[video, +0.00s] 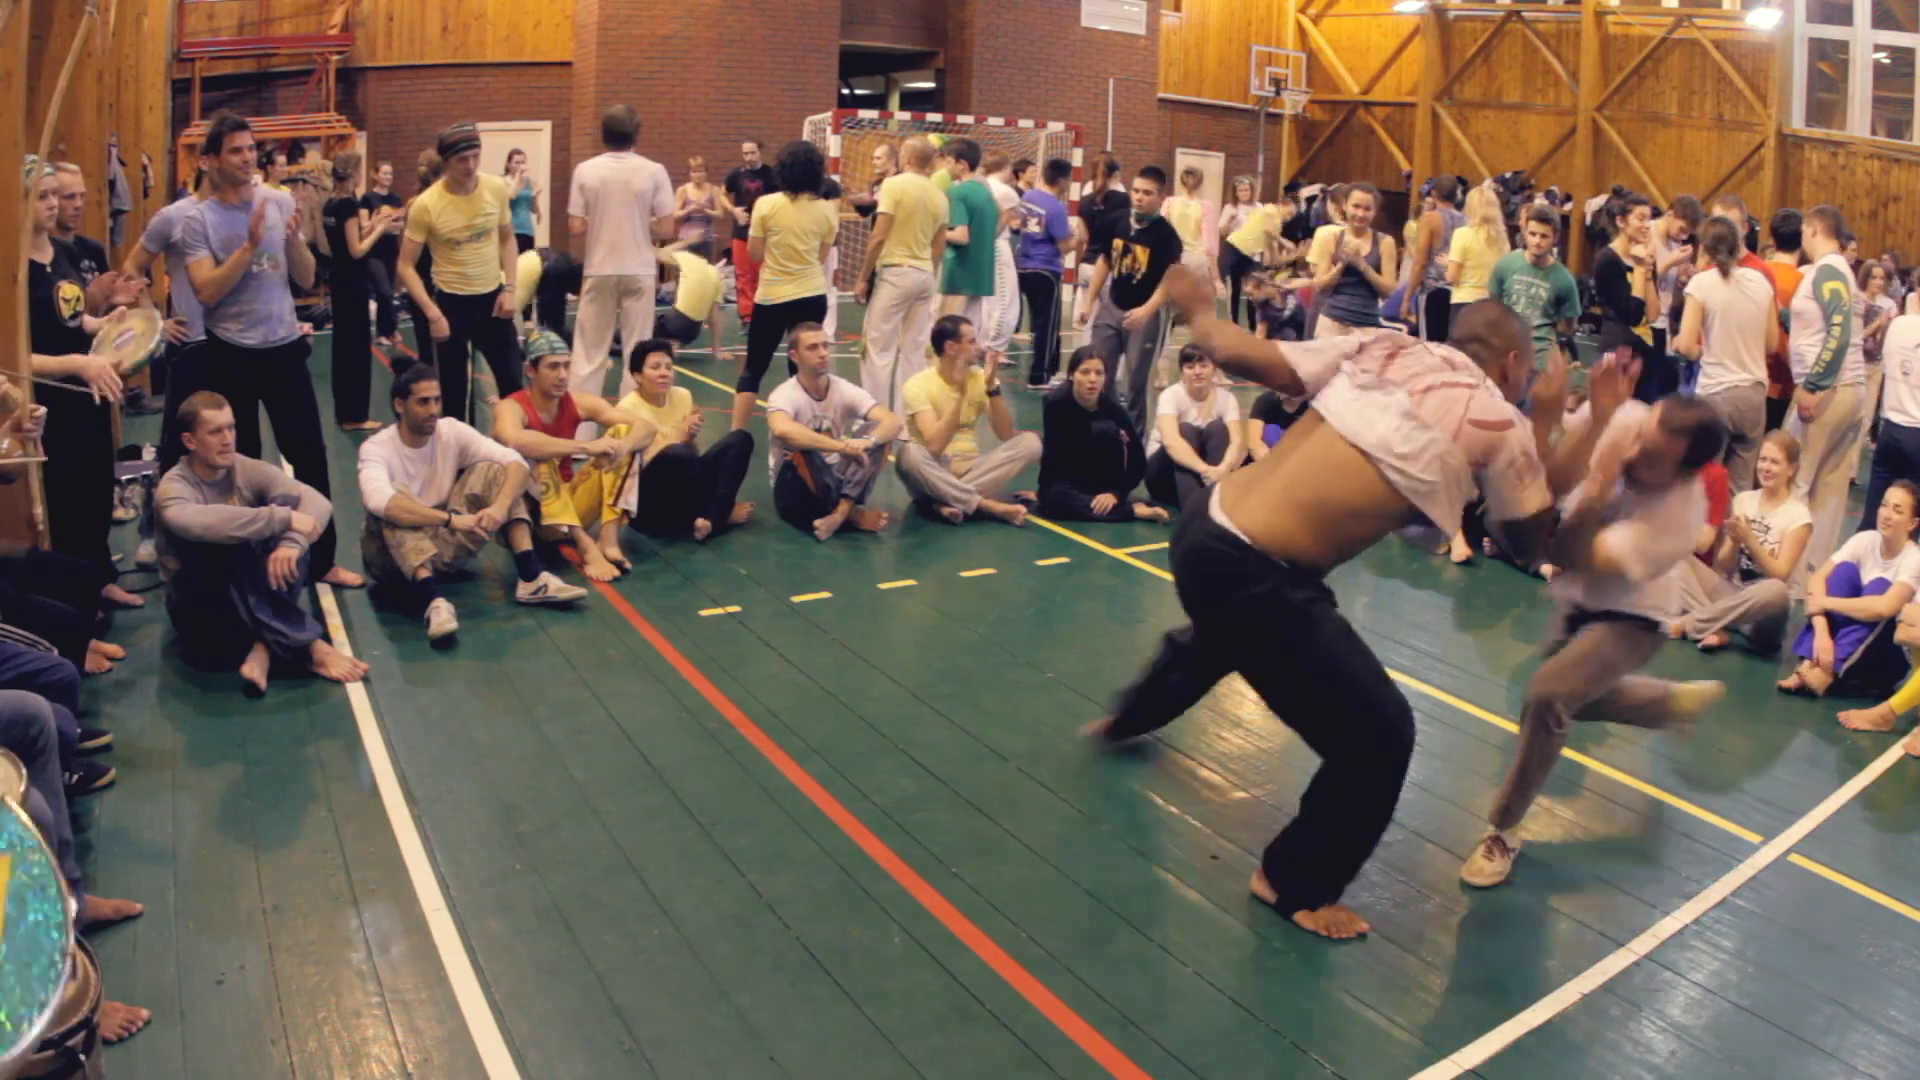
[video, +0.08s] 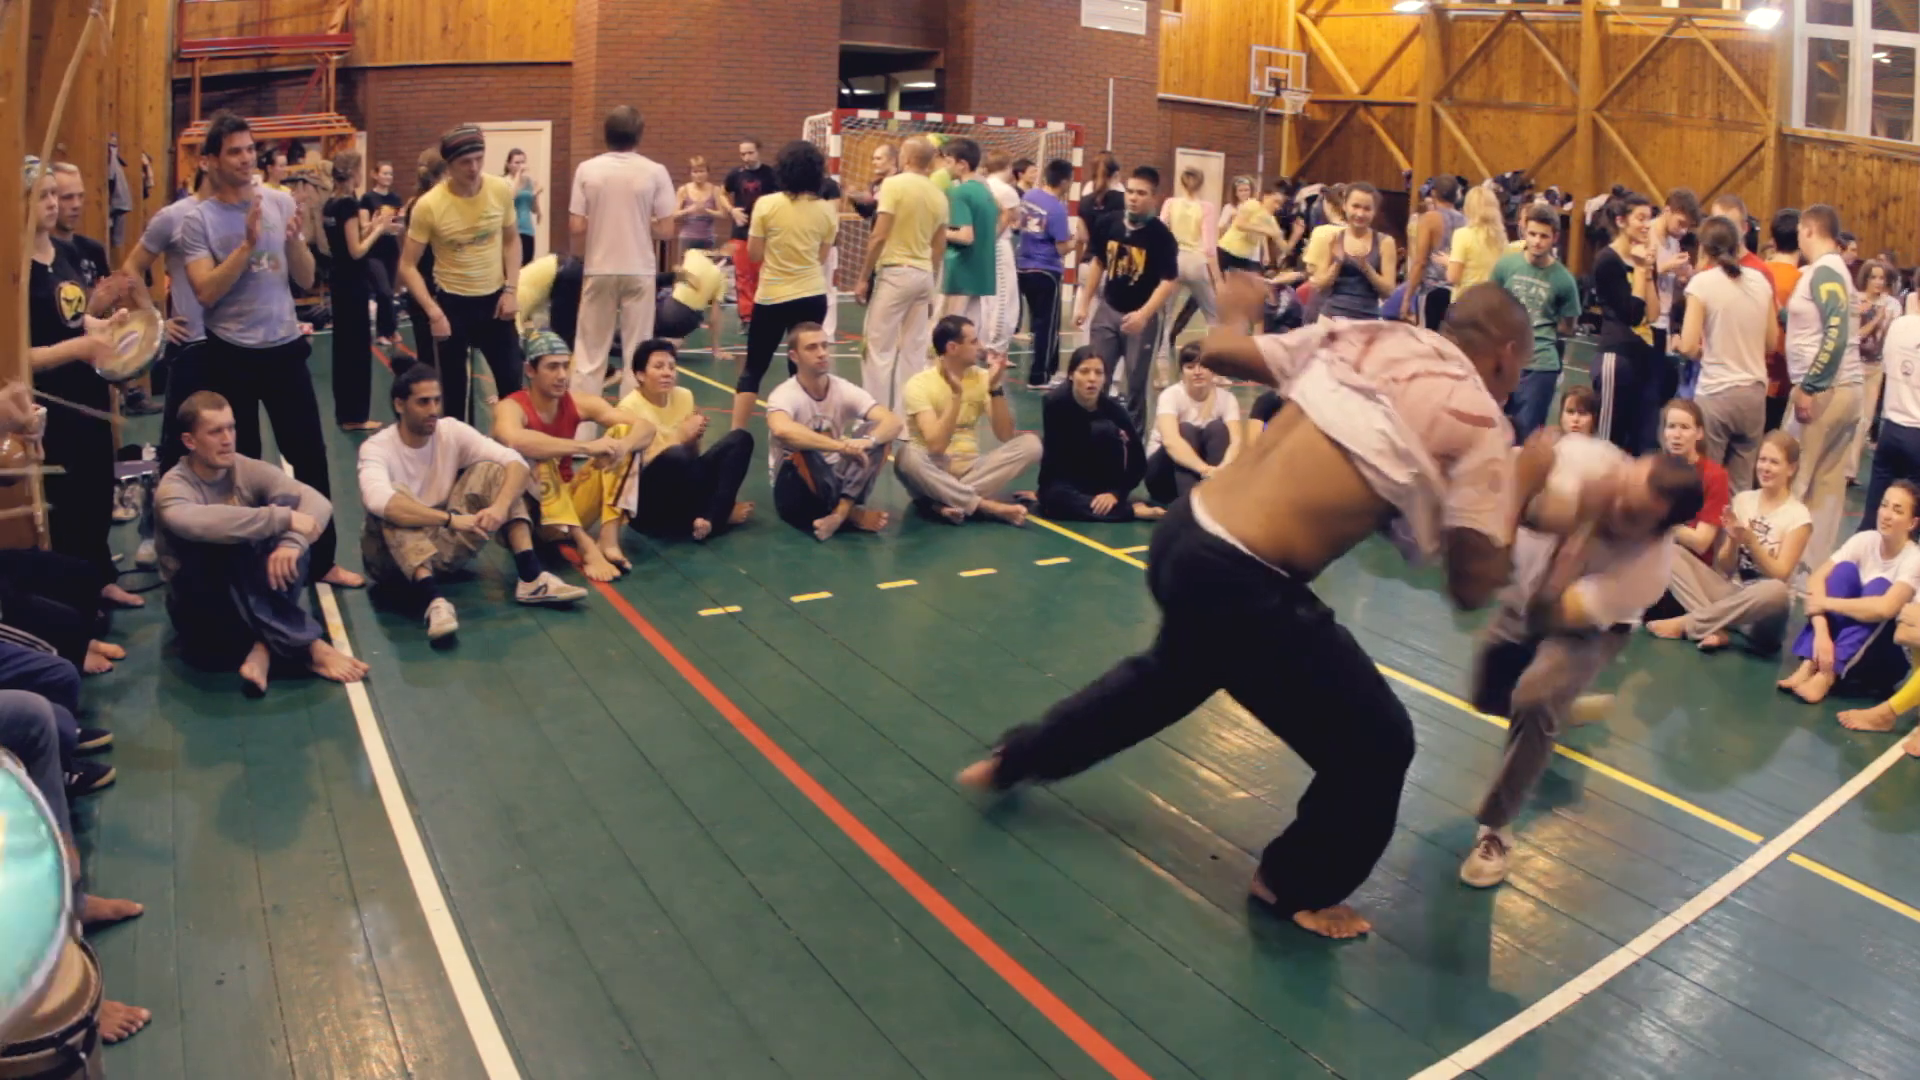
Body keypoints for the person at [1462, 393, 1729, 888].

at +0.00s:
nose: (1635, 457)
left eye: (1650, 458)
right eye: (1638, 443)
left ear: (1685, 470)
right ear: (1646, 422)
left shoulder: (1679, 518)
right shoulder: (1630, 420)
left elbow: (1572, 551)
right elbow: (1554, 481)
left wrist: (1601, 489)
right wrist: (1590, 418)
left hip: (1634, 617)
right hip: (1578, 595)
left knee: (1548, 696)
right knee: (1561, 699)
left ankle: (1501, 835)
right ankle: (1675, 702)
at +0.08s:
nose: (1620, 510)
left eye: (1635, 516)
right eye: (1625, 496)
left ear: (1663, 525)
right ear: (1632, 469)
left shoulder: (1650, 569)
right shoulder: (1593, 458)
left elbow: (1548, 613)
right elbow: (1513, 498)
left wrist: (1584, 529)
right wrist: (1578, 510)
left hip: (1590, 626)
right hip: (1526, 588)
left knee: (1534, 703)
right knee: (1489, 696)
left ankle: (1492, 830)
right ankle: (1566, 712)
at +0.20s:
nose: (1567, 570)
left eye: (1586, 580)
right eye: (1578, 554)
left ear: (1610, 594)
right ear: (1585, 528)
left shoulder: (1610, 615)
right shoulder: (1542, 509)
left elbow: (1560, 682)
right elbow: (1507, 587)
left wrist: (1526, 716)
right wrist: (1522, 685)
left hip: (1533, 655)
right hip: (1468, 608)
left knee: (1522, 729)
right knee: (1389, 678)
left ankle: (1484, 830)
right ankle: (1392, 701)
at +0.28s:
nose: (1530, 583)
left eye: (1549, 592)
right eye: (1542, 566)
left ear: (1572, 603)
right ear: (1554, 534)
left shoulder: (1579, 622)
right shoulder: (1500, 523)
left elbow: (1556, 731)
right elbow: (1458, 631)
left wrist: (1527, 819)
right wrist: (1510, 734)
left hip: (1505, 643)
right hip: (1436, 599)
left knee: (1503, 730)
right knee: (1359, 652)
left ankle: (1487, 833)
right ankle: (1326, 689)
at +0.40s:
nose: (1464, 558)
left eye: (1482, 558)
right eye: (1468, 542)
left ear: (1508, 554)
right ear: (1467, 509)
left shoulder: (1517, 571)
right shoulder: (1415, 504)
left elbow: (1555, 666)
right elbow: (1396, 618)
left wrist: (1581, 754)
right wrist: (1484, 641)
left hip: (1458, 620)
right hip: (1389, 585)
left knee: (1460, 697)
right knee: (1276, 642)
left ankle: (1484, 835)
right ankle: (1236, 694)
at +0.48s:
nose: (1402, 524)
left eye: (1417, 518)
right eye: (1398, 509)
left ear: (1443, 510)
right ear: (1389, 484)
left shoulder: (1470, 522)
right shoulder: (1353, 487)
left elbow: (1526, 573)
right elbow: (1352, 584)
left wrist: (1562, 611)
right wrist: (1448, 570)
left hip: (1432, 584)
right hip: (1359, 566)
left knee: (1430, 675)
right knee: (1252, 624)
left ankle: (1481, 824)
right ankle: (1228, 701)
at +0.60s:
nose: (1302, 478)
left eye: (1311, 467)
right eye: (1293, 467)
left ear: (1335, 449)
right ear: (1282, 451)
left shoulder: (1375, 455)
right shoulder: (1269, 461)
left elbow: (1445, 463)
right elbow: (1230, 522)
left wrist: (1504, 469)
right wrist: (1304, 521)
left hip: (1388, 534)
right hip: (1307, 540)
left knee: (1423, 641)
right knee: (1226, 588)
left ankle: (1486, 764)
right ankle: (1228, 690)